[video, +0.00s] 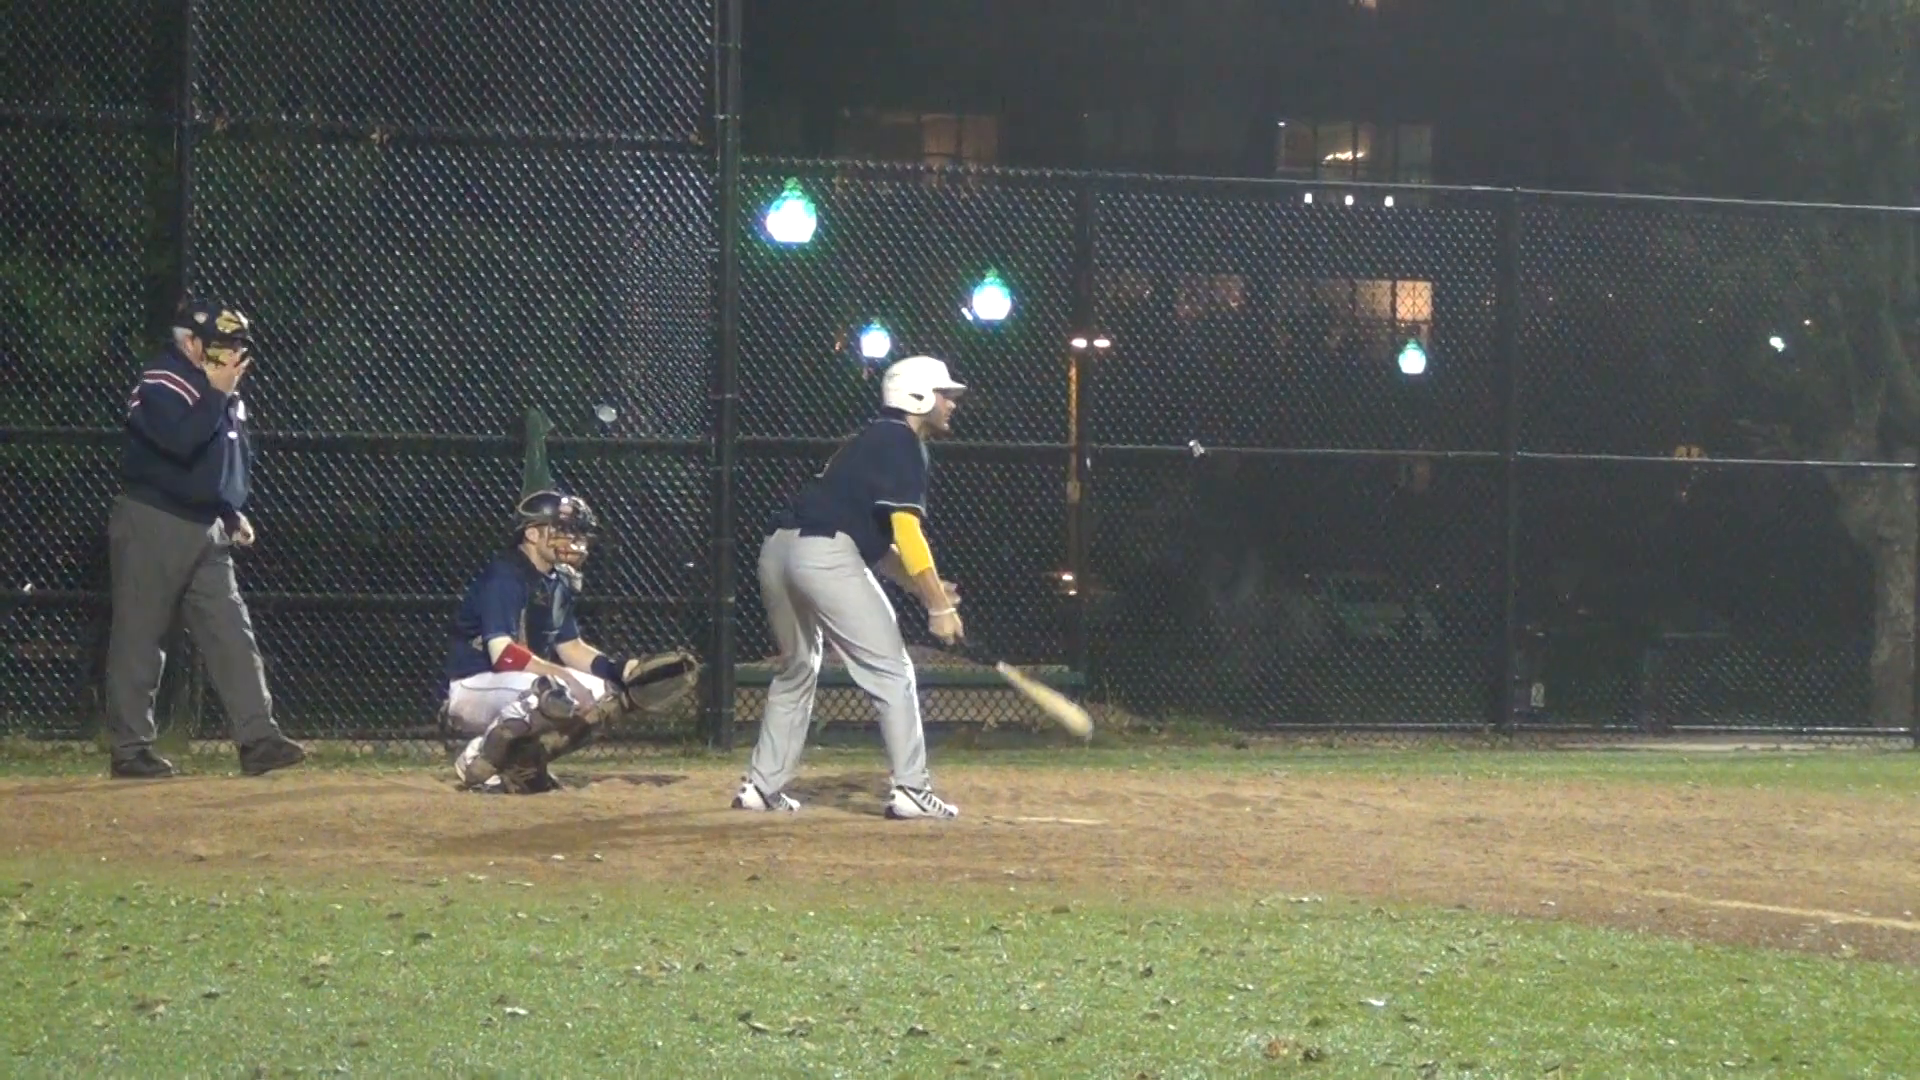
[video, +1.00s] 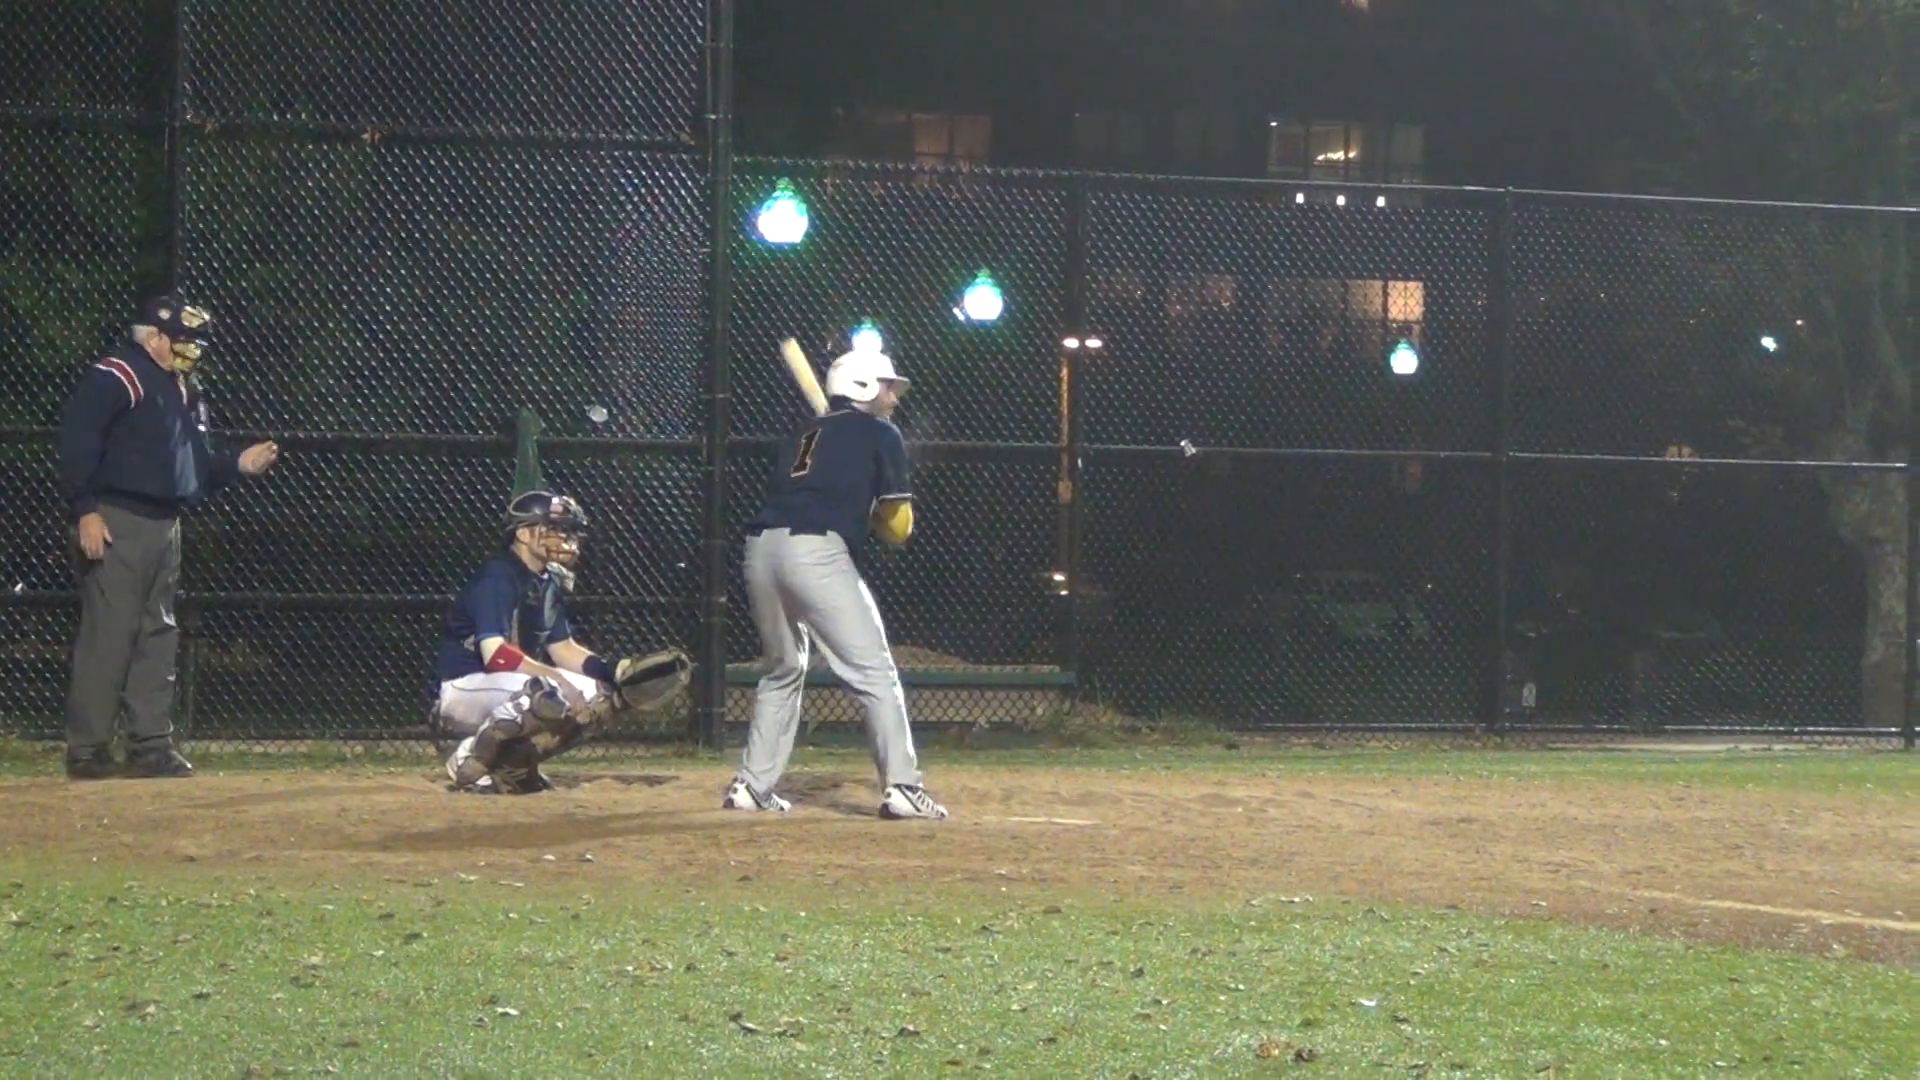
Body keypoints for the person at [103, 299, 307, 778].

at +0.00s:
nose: (233, 360)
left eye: (237, 352)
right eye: (224, 349)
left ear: (238, 354)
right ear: (195, 343)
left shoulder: (226, 393)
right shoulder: (162, 380)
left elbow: (230, 460)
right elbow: (179, 439)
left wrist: (234, 510)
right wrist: (218, 392)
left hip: (206, 530)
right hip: (152, 524)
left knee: (231, 634)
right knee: (139, 637)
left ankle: (259, 742)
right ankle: (131, 749)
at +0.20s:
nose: (216, 353)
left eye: (215, 344)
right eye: (209, 343)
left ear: (202, 346)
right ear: (185, 342)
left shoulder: (212, 394)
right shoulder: (143, 380)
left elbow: (213, 470)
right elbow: (127, 449)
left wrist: (250, 480)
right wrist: (196, 439)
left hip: (194, 528)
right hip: (138, 523)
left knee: (215, 621)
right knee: (136, 631)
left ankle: (190, 740)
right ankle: (127, 748)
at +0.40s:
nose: (221, 355)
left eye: (222, 347)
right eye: (214, 345)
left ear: (203, 345)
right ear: (187, 341)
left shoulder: (211, 393)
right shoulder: (143, 376)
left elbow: (224, 466)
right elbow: (99, 440)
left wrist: (271, 453)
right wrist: (128, 500)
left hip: (184, 528)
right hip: (134, 525)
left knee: (176, 634)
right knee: (134, 631)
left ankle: (164, 742)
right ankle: (126, 747)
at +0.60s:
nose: (222, 360)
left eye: (224, 352)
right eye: (217, 350)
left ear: (206, 350)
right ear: (190, 344)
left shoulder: (210, 397)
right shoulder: (144, 374)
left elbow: (222, 463)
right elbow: (82, 425)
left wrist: (273, 450)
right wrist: (82, 493)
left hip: (176, 528)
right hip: (126, 521)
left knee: (167, 627)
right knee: (147, 621)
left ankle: (161, 739)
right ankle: (128, 742)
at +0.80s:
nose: (211, 356)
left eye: (213, 348)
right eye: (205, 346)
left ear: (194, 347)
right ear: (180, 340)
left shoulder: (198, 394)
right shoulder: (134, 370)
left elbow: (212, 465)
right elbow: (77, 426)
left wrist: (266, 450)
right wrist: (78, 492)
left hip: (173, 525)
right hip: (123, 516)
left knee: (168, 628)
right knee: (140, 620)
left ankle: (157, 743)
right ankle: (109, 739)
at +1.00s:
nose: (190, 347)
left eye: (193, 339)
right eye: (182, 337)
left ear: (187, 340)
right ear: (154, 334)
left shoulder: (187, 392)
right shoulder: (117, 373)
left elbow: (195, 469)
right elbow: (77, 438)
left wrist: (238, 464)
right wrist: (85, 510)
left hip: (166, 525)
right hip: (119, 521)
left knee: (155, 634)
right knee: (108, 632)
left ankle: (150, 746)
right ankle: (87, 749)